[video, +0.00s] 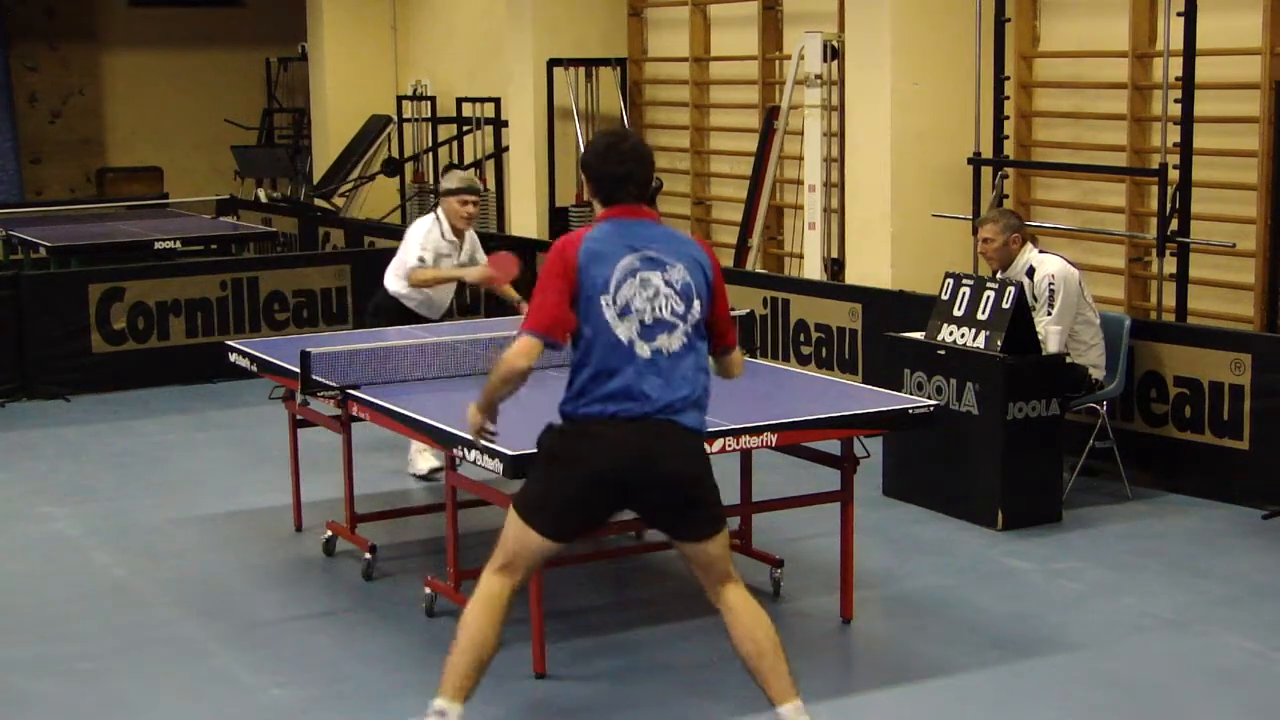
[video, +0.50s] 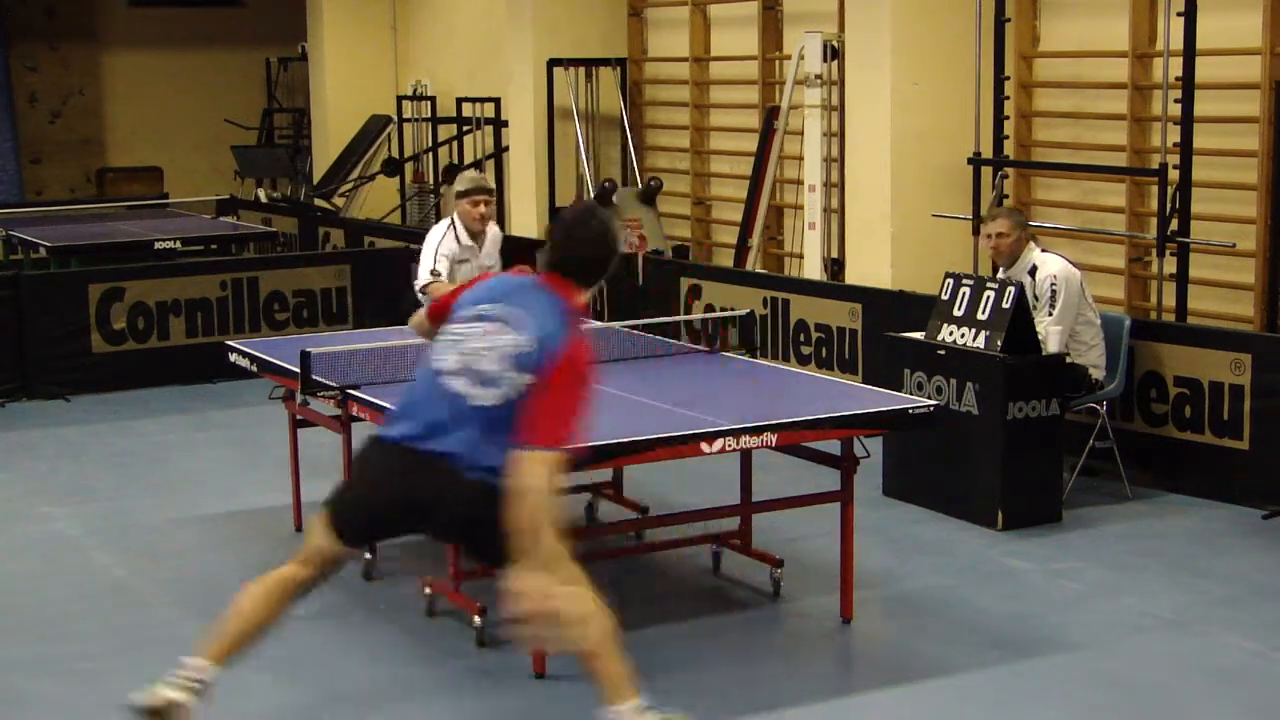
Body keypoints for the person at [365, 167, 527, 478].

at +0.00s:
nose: (470, 211)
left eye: (475, 204)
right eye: (463, 203)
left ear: (479, 205)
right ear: (444, 203)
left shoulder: (468, 235)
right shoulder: (425, 229)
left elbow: (487, 274)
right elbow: (415, 277)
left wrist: (518, 301)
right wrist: (463, 273)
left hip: (433, 314)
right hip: (397, 312)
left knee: (436, 378)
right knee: (419, 380)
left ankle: (426, 446)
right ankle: (420, 447)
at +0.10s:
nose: (482, 221)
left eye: (485, 215)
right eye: (475, 213)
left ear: (486, 215)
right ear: (452, 212)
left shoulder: (469, 244)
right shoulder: (438, 238)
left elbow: (479, 285)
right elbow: (439, 281)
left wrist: (507, 308)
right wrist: (495, 283)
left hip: (432, 320)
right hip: (396, 318)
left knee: (437, 380)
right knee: (428, 382)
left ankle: (425, 449)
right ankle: (422, 450)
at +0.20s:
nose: (491, 231)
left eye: (493, 224)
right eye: (484, 223)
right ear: (461, 221)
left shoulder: (464, 247)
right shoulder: (451, 245)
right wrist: (522, 291)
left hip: (423, 323)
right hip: (397, 320)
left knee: (440, 382)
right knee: (431, 384)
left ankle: (427, 449)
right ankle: (423, 451)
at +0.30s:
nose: (488, 223)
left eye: (492, 216)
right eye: (481, 215)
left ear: (494, 216)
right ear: (460, 215)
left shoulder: (476, 244)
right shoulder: (446, 239)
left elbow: (473, 283)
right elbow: (462, 285)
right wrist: (500, 298)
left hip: (438, 318)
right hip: (407, 317)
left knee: (449, 381)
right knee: (429, 383)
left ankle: (444, 449)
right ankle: (423, 451)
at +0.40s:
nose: (483, 214)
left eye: (487, 207)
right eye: (475, 206)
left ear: (492, 207)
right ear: (456, 206)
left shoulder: (485, 233)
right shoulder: (441, 235)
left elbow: (476, 275)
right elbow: (438, 286)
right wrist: (487, 289)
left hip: (463, 309)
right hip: (433, 312)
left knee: (463, 386)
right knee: (440, 388)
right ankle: (422, 457)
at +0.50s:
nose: (483, 211)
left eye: (487, 204)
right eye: (475, 204)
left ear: (493, 205)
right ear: (457, 205)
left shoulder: (495, 234)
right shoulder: (441, 235)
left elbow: (494, 276)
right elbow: (430, 285)